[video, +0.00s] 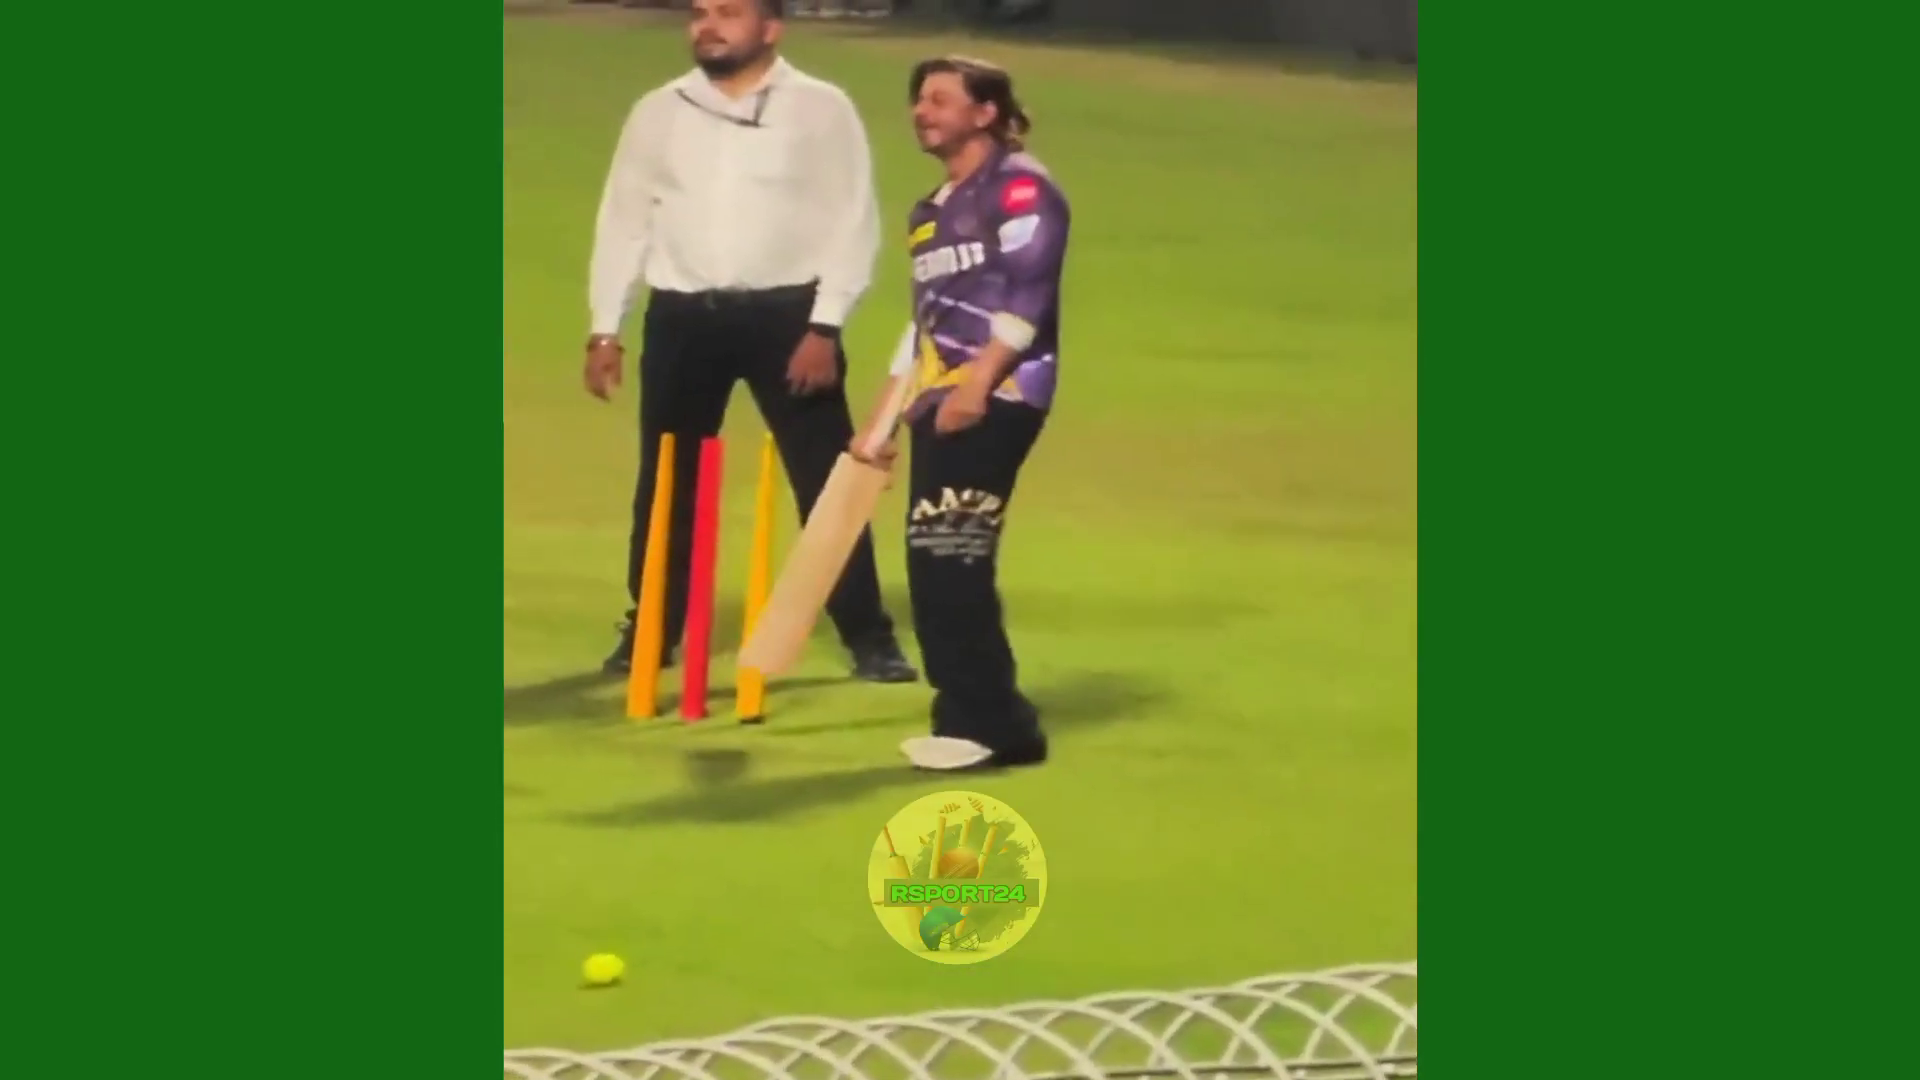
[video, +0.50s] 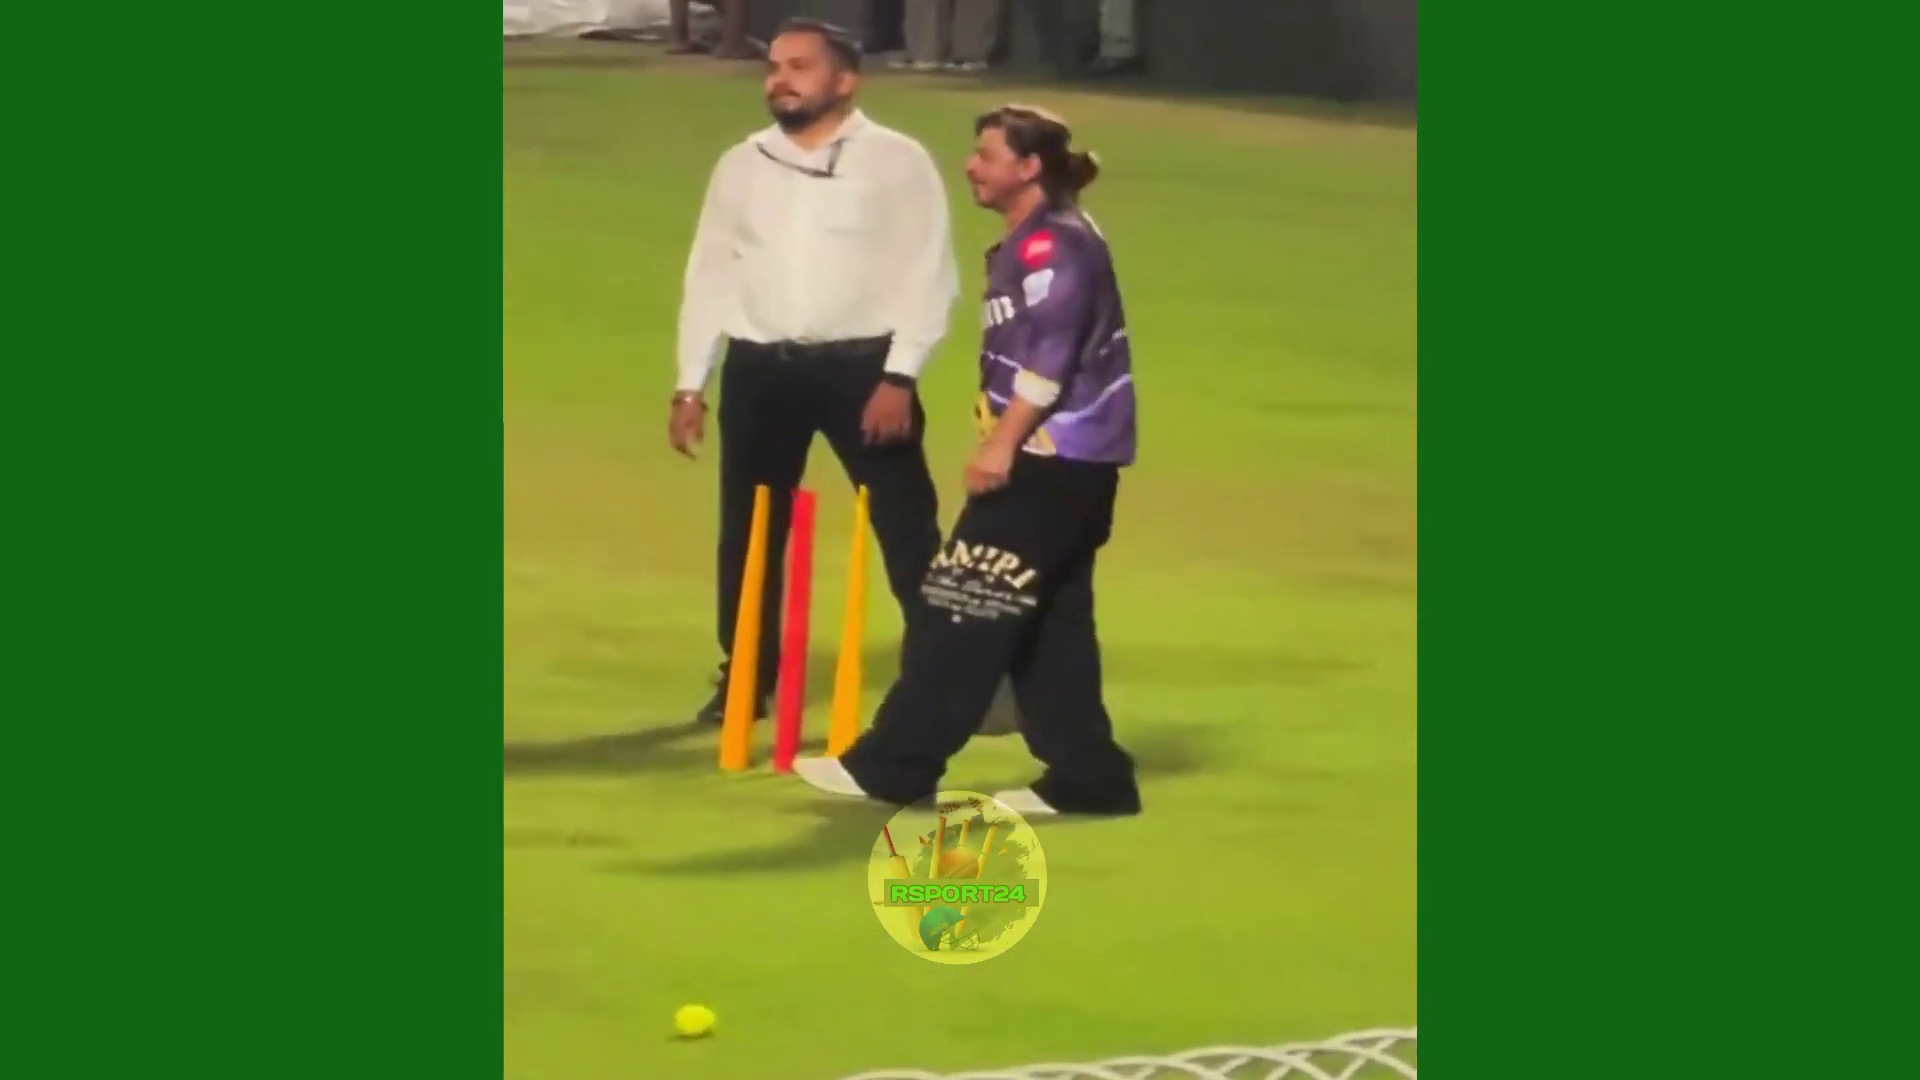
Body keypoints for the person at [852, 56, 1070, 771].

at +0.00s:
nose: (923, 113)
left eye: (939, 102)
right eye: (921, 102)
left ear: (985, 113)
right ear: (922, 115)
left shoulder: (1023, 188)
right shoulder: (928, 211)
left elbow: (1030, 302)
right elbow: (925, 322)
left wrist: (977, 381)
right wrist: (882, 419)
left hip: (999, 394)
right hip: (941, 394)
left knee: (956, 554)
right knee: (930, 554)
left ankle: (989, 725)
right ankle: (971, 718)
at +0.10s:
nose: (940, 121)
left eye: (956, 110)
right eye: (938, 110)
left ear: (1001, 121)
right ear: (938, 123)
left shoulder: (1037, 195)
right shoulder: (947, 218)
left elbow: (1046, 310)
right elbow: (947, 336)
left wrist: (1003, 395)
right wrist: (917, 432)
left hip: (1011, 405)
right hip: (958, 403)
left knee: (945, 549)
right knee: (964, 555)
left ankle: (959, 727)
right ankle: (1009, 726)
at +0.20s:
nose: (958, 131)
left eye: (974, 121)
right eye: (957, 120)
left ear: (1022, 134)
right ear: (962, 137)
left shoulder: (1055, 207)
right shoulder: (975, 226)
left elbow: (1066, 321)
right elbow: (976, 345)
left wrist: (1025, 408)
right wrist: (947, 441)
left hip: (1029, 422)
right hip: (987, 423)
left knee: (944, 571)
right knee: (1000, 582)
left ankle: (937, 738)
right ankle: (1038, 741)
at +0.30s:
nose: (971, 146)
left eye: (987, 134)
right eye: (971, 134)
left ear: (1036, 145)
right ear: (1009, 149)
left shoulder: (1066, 221)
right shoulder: (997, 233)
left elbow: (1075, 332)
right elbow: (1007, 337)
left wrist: (1032, 417)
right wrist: (986, 424)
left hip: (1043, 437)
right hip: (1006, 435)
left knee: (958, 581)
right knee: (1023, 600)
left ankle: (917, 749)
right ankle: (1061, 756)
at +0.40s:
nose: (967, 153)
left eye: (982, 142)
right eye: (970, 141)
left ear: (1031, 153)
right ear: (1013, 157)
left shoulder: (1059, 228)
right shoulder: (1008, 237)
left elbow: (1062, 341)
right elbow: (1016, 343)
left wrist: (1017, 426)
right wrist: (995, 420)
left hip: (1048, 449)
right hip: (1023, 446)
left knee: (956, 590)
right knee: (1035, 617)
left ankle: (893, 754)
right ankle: (1071, 767)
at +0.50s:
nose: (971, 168)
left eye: (985, 156)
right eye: (975, 155)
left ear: (1029, 168)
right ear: (1024, 169)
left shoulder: (1060, 246)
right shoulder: (1020, 247)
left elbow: (1052, 360)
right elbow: (1022, 354)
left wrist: (1004, 441)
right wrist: (1000, 422)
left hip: (1059, 461)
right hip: (1041, 458)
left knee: (962, 602)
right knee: (1050, 628)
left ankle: (892, 765)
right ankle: (1089, 778)